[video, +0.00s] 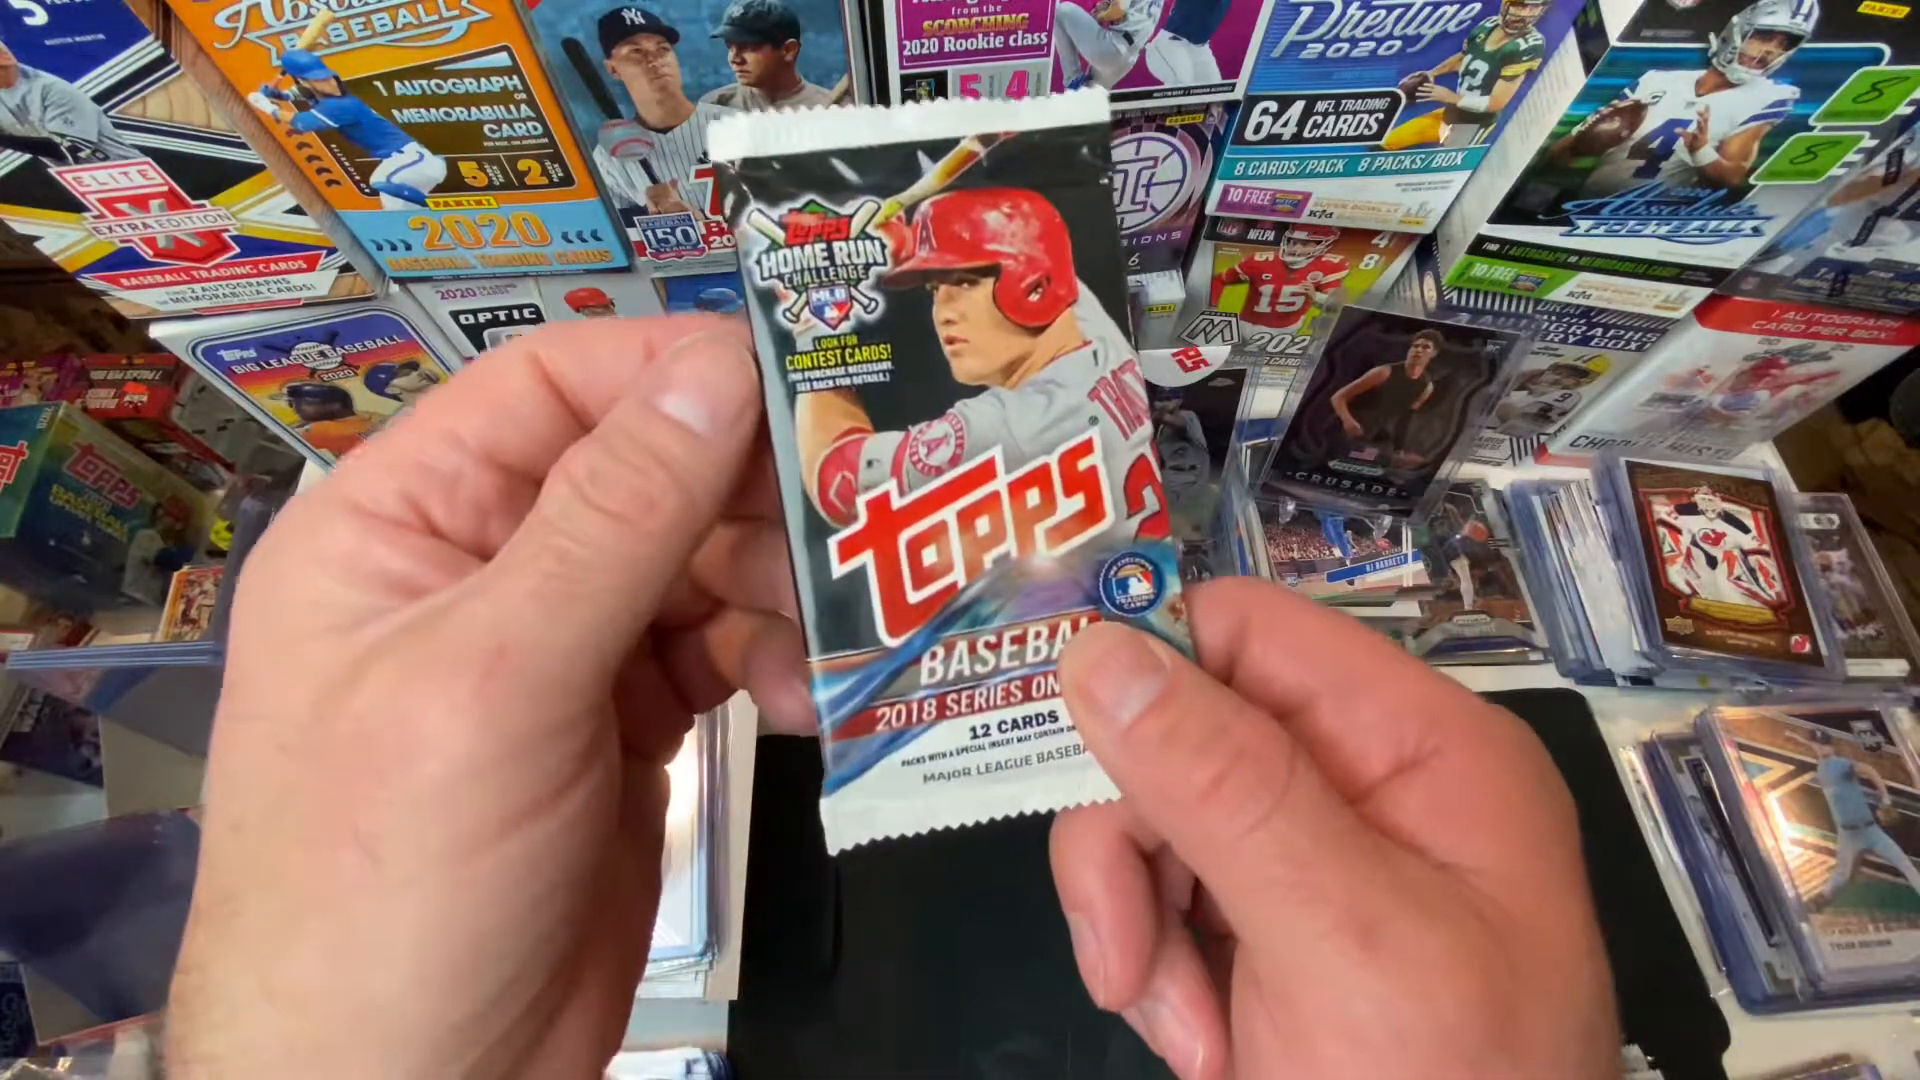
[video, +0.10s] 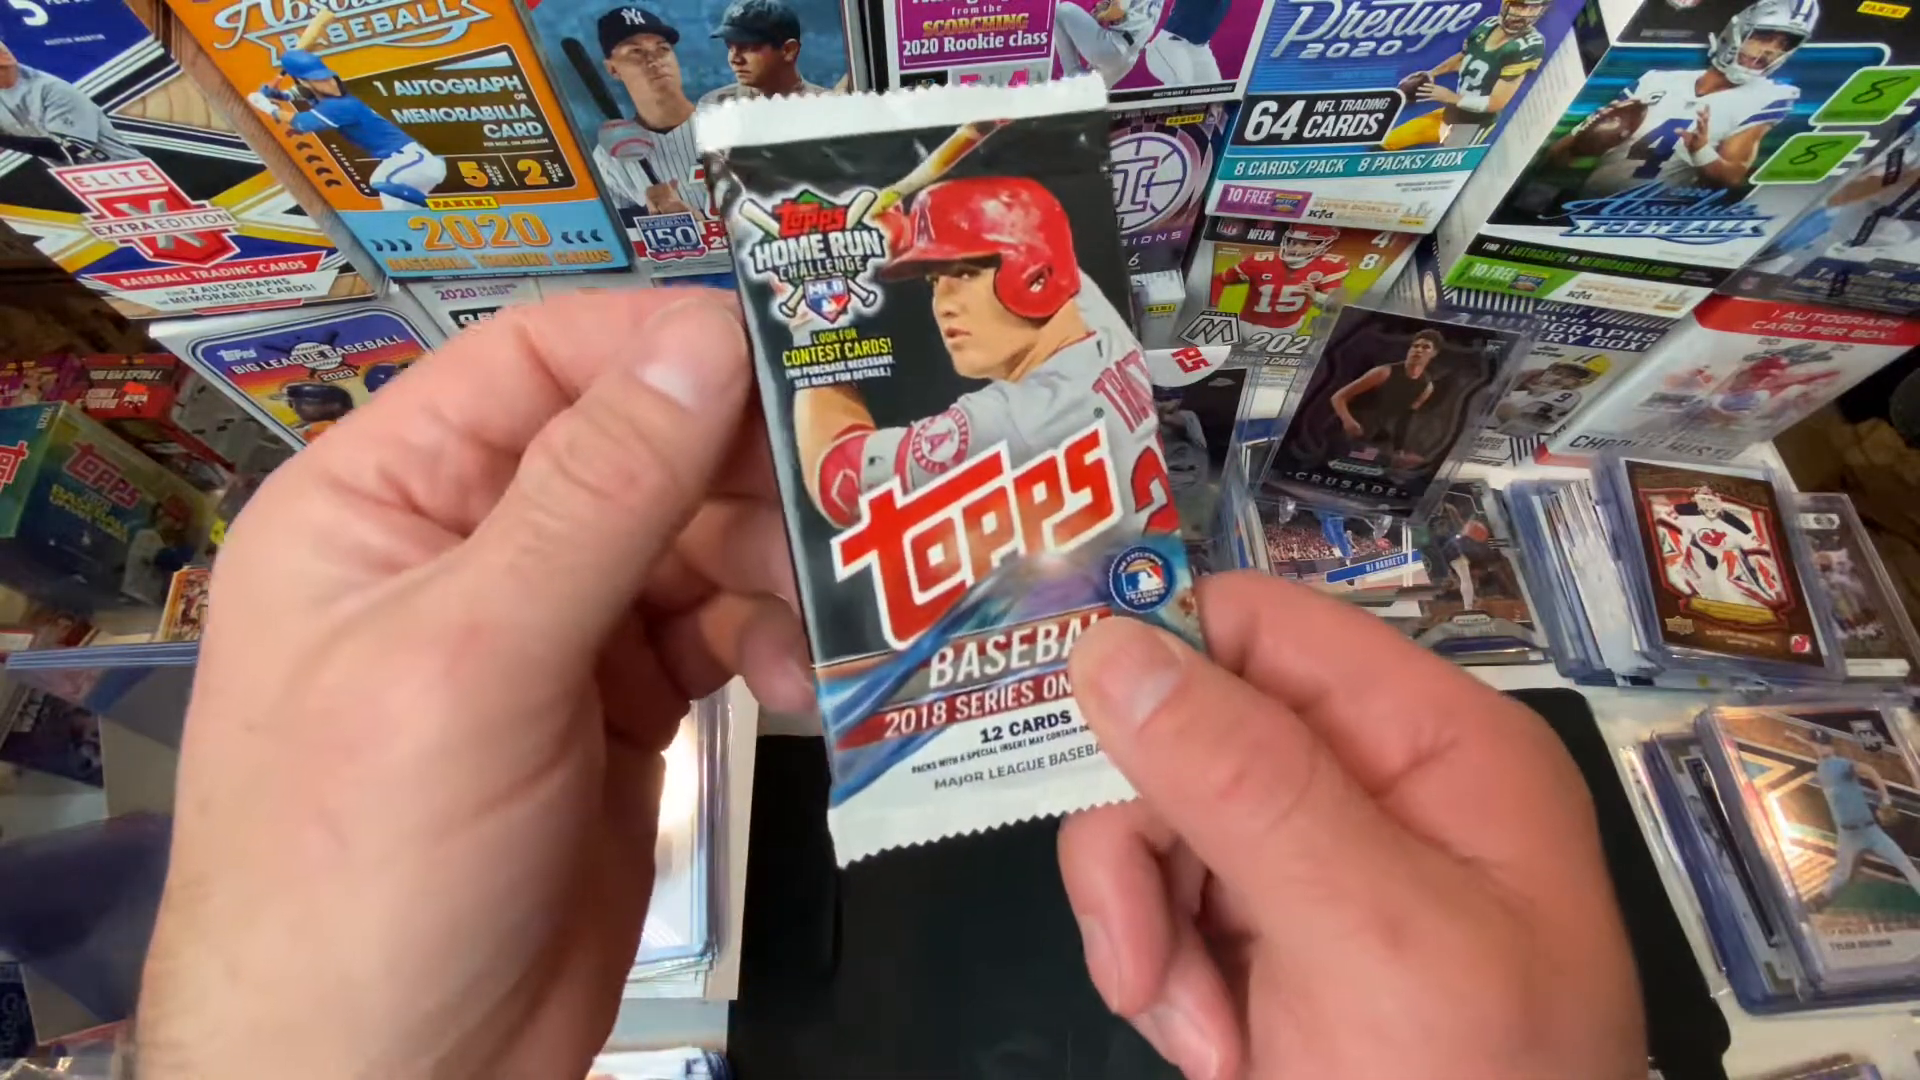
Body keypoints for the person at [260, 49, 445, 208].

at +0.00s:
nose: (329, 80)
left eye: (327, 75)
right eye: (321, 77)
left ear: (310, 82)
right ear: (305, 83)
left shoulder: (344, 106)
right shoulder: (332, 103)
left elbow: (300, 123)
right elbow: (300, 94)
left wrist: (271, 110)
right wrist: (276, 94)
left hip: (414, 159)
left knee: (380, 179)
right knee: (399, 221)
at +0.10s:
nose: (329, 79)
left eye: (326, 75)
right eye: (321, 78)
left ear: (310, 84)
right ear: (306, 83)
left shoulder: (343, 107)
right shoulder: (333, 100)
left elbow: (300, 123)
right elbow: (302, 92)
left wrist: (271, 109)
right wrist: (276, 94)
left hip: (414, 159)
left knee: (380, 179)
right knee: (399, 222)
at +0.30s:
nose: (300, 87)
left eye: (301, 82)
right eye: (304, 82)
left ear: (309, 83)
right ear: (311, 82)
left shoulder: (343, 106)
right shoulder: (332, 100)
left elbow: (300, 123)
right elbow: (303, 91)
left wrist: (271, 109)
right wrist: (277, 94)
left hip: (414, 158)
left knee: (380, 180)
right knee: (398, 222)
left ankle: (433, 214)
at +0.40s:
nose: (299, 87)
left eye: (300, 82)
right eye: (299, 83)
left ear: (310, 83)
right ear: (323, 78)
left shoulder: (342, 107)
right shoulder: (333, 99)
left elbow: (299, 122)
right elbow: (304, 90)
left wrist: (270, 109)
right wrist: (279, 94)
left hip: (414, 158)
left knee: (380, 180)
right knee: (396, 222)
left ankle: (431, 210)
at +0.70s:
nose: (330, 80)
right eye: (322, 77)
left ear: (307, 83)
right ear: (307, 82)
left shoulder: (342, 106)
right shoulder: (331, 103)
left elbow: (300, 122)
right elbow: (300, 93)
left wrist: (270, 109)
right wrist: (276, 94)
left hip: (414, 158)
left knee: (381, 179)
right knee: (399, 219)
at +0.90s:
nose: (331, 80)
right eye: (322, 78)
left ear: (308, 83)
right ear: (308, 83)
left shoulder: (342, 106)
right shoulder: (331, 103)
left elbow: (300, 123)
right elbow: (300, 93)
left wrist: (270, 109)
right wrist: (276, 94)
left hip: (414, 158)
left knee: (380, 180)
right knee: (399, 219)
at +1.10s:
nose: (331, 80)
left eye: (329, 76)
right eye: (323, 77)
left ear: (308, 82)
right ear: (306, 83)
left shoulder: (342, 106)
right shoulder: (330, 104)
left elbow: (299, 123)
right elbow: (300, 93)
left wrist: (270, 108)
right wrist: (276, 94)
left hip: (415, 158)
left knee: (380, 179)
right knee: (400, 222)